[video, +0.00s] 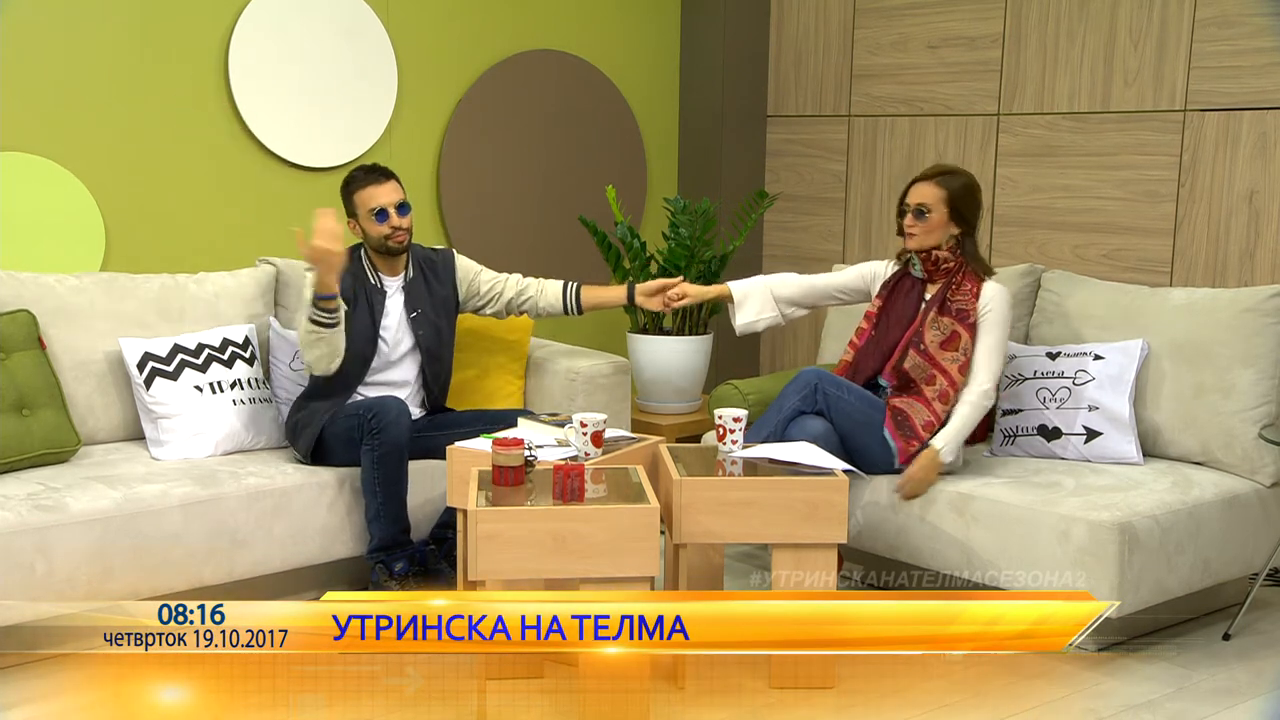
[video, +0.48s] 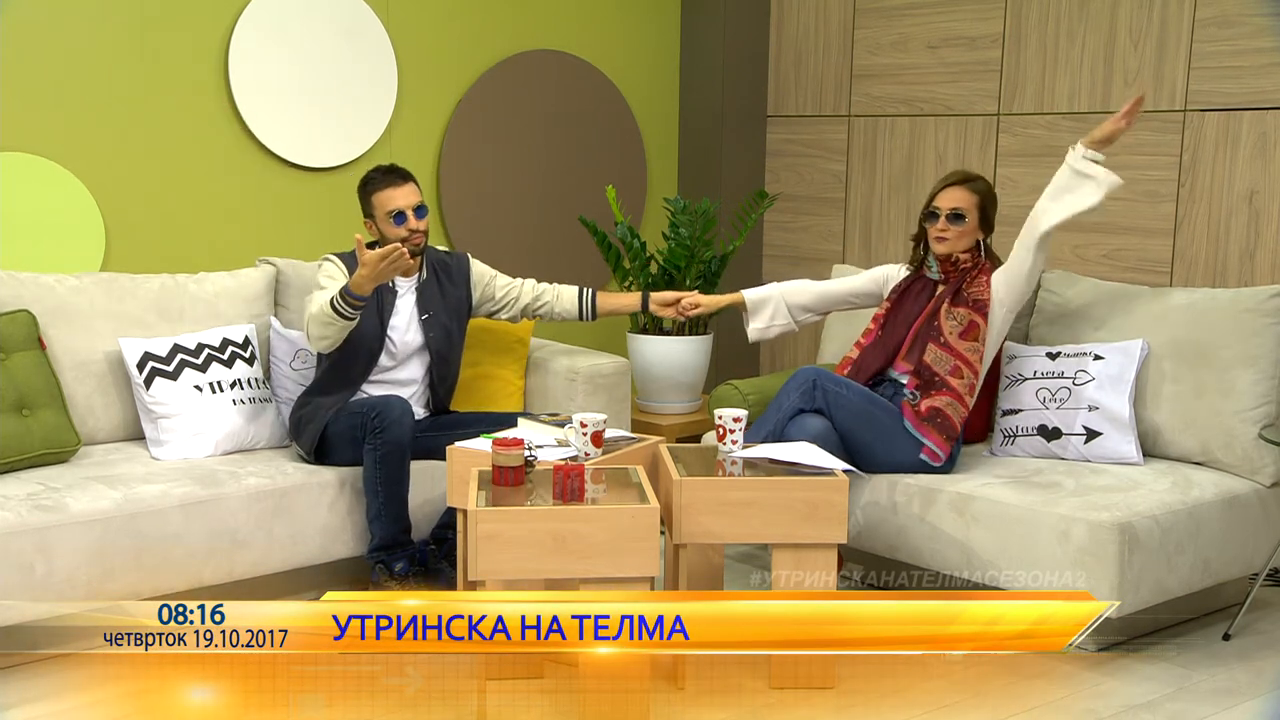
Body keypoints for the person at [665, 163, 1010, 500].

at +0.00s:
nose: (908, 221)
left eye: (922, 213)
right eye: (906, 212)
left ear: (957, 225)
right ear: (902, 215)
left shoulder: (987, 296)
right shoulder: (889, 274)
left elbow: (982, 387)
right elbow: (806, 287)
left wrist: (936, 453)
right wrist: (714, 291)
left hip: (914, 436)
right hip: (859, 420)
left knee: (812, 381)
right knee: (809, 431)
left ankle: (729, 470)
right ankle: (809, 570)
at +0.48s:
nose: (941, 225)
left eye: (956, 217)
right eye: (934, 215)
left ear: (983, 228)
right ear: (925, 222)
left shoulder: (998, 291)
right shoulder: (901, 280)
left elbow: (1039, 232)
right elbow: (816, 296)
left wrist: (1090, 150)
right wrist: (724, 300)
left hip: (924, 433)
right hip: (863, 415)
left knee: (812, 381)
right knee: (805, 438)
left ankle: (741, 458)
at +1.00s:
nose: (949, 230)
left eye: (965, 221)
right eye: (943, 220)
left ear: (992, 233)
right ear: (932, 228)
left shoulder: (1002, 296)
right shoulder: (909, 283)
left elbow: (1049, 240)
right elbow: (822, 289)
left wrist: (1105, 161)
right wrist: (727, 296)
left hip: (924, 433)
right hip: (869, 417)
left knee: (813, 379)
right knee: (805, 431)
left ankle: (732, 466)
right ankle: (808, 448)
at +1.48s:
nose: (940, 228)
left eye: (954, 220)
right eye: (937, 220)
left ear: (988, 231)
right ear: (933, 228)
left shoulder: (1002, 297)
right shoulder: (909, 282)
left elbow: (1050, 245)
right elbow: (823, 289)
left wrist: (1108, 167)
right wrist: (730, 296)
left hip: (924, 434)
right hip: (868, 416)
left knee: (814, 378)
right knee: (805, 430)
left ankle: (732, 466)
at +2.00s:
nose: (941, 232)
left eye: (956, 223)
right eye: (938, 222)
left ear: (991, 234)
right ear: (933, 231)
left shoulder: (1005, 295)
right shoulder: (908, 284)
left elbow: (1055, 244)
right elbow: (824, 290)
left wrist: (1115, 167)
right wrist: (734, 297)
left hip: (930, 434)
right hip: (870, 415)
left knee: (825, 368)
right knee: (801, 423)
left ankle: (703, 446)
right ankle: (814, 566)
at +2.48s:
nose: (913, 233)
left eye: (927, 222)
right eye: (909, 222)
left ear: (962, 228)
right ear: (905, 229)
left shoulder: (988, 293)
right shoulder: (890, 284)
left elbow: (1024, 248)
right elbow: (806, 311)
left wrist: (1067, 178)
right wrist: (714, 306)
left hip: (931, 430)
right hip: (869, 415)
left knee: (824, 388)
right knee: (782, 395)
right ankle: (762, 532)